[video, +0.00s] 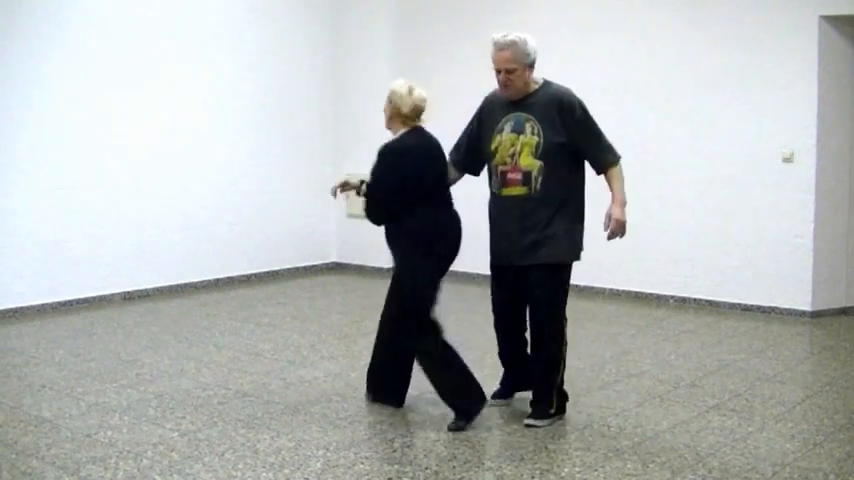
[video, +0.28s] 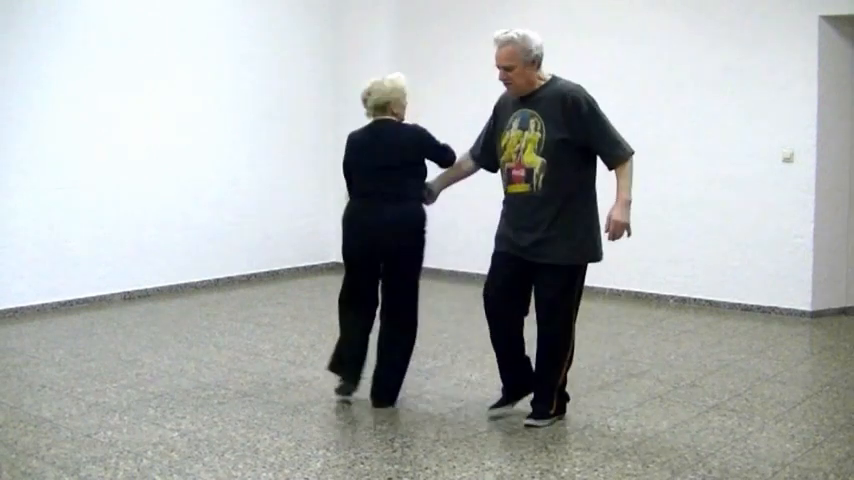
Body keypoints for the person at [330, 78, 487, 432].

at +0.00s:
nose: (383, 111)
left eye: (387, 106)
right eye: (386, 105)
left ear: (394, 111)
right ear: (416, 112)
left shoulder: (393, 153)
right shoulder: (430, 144)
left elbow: (378, 212)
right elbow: (411, 188)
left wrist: (366, 194)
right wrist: (364, 185)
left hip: (416, 248)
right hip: (442, 240)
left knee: (414, 322)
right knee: (399, 315)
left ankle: (468, 400)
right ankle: (386, 390)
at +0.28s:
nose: (406, 108)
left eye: (404, 103)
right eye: (404, 103)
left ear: (370, 107)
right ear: (398, 106)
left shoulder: (356, 140)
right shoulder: (413, 135)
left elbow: (352, 183)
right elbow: (448, 159)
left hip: (361, 231)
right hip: (404, 233)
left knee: (358, 299)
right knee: (399, 307)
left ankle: (348, 374)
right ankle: (384, 393)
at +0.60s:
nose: (386, 102)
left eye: (387, 96)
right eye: (378, 97)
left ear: (387, 100)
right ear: (360, 103)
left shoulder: (375, 137)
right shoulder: (357, 132)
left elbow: (393, 187)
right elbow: (396, 138)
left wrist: (417, 177)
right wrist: (417, 107)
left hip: (359, 229)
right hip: (355, 231)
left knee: (365, 297)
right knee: (376, 299)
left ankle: (349, 365)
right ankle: (354, 382)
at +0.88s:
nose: (354, 110)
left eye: (360, 104)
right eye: (347, 104)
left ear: (368, 108)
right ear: (337, 109)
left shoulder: (379, 143)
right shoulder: (323, 143)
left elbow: (407, 184)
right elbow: (287, 179)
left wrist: (442, 177)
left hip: (370, 236)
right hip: (329, 238)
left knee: (368, 306)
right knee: (337, 305)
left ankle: (359, 376)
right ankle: (339, 381)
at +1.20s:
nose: (323, 104)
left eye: (329, 99)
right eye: (318, 98)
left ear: (342, 103)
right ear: (313, 102)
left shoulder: (357, 135)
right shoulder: (310, 135)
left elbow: (385, 173)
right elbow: (296, 169)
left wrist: (400, 168)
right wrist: (257, 180)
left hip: (361, 226)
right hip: (323, 224)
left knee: (357, 295)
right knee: (316, 291)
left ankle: (357, 366)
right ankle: (332, 354)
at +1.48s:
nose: (318, 112)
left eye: (324, 108)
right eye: (312, 107)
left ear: (331, 112)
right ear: (302, 111)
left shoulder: (341, 139)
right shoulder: (299, 141)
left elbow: (372, 173)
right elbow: (300, 178)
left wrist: (387, 160)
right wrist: (286, 191)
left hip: (354, 222)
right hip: (322, 223)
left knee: (353, 288)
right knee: (327, 290)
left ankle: (361, 366)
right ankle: (346, 360)